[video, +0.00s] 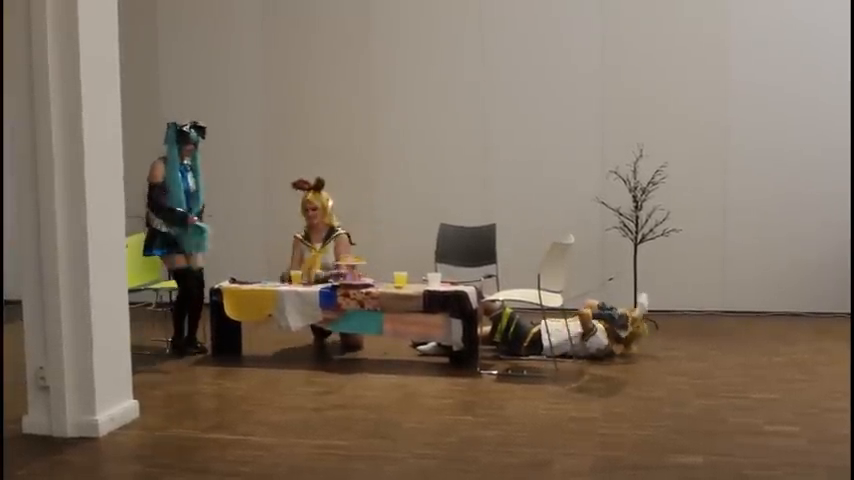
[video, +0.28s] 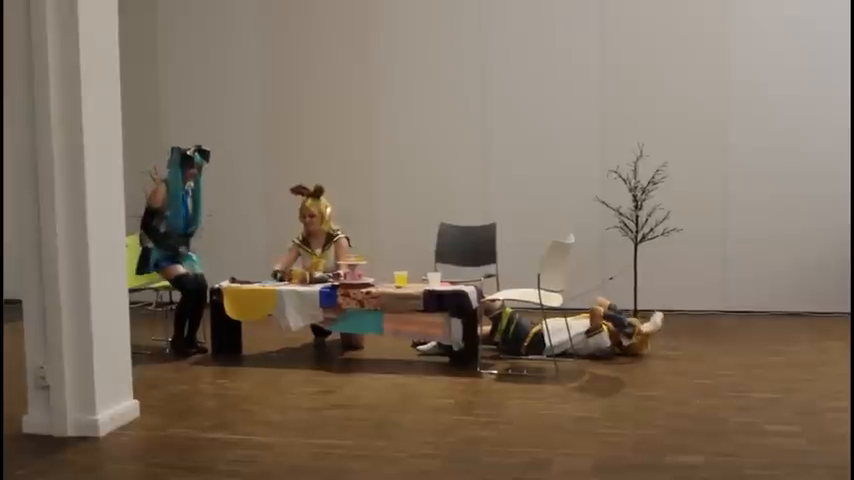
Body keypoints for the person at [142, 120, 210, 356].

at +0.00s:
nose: (191, 149)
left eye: (194, 145)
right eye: (187, 144)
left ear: (196, 146)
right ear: (177, 143)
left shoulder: (190, 168)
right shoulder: (161, 166)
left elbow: (195, 198)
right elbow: (154, 203)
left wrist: (198, 213)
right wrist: (182, 217)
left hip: (189, 232)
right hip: (167, 234)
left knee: (197, 286)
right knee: (186, 286)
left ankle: (191, 338)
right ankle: (178, 339)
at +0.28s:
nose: (194, 173)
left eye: (196, 169)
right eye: (191, 168)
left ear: (197, 170)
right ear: (180, 168)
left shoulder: (189, 191)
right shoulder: (162, 189)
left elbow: (187, 221)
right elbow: (146, 224)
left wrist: (185, 239)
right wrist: (168, 243)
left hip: (181, 251)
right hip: (160, 252)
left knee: (201, 287)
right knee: (189, 288)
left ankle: (191, 339)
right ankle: (178, 340)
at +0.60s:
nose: (188, 196)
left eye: (190, 192)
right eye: (184, 191)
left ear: (190, 193)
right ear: (174, 191)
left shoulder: (182, 212)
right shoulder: (155, 211)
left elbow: (185, 240)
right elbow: (139, 245)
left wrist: (180, 258)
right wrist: (165, 260)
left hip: (177, 265)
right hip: (157, 268)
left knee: (206, 289)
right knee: (194, 290)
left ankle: (190, 338)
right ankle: (179, 340)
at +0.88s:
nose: (176, 199)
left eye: (178, 195)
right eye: (172, 195)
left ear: (179, 196)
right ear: (162, 195)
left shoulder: (174, 215)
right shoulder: (147, 216)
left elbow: (181, 242)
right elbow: (136, 254)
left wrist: (180, 258)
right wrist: (166, 261)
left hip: (174, 268)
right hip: (154, 271)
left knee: (206, 290)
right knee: (193, 291)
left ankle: (190, 339)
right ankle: (178, 341)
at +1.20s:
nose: (171, 197)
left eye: (173, 193)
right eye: (167, 192)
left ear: (174, 194)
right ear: (158, 193)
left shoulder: (170, 213)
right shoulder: (144, 215)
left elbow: (179, 244)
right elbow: (136, 250)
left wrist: (205, 248)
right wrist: (166, 253)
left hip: (175, 265)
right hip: (156, 269)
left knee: (208, 287)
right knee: (198, 285)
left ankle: (193, 338)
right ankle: (190, 340)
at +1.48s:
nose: (173, 192)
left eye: (175, 188)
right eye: (168, 188)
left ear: (177, 190)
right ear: (158, 190)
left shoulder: (177, 212)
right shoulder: (145, 213)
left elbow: (187, 239)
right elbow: (157, 248)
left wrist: (199, 250)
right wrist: (187, 255)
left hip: (181, 264)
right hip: (161, 267)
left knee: (208, 284)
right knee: (198, 284)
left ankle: (200, 337)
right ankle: (192, 340)